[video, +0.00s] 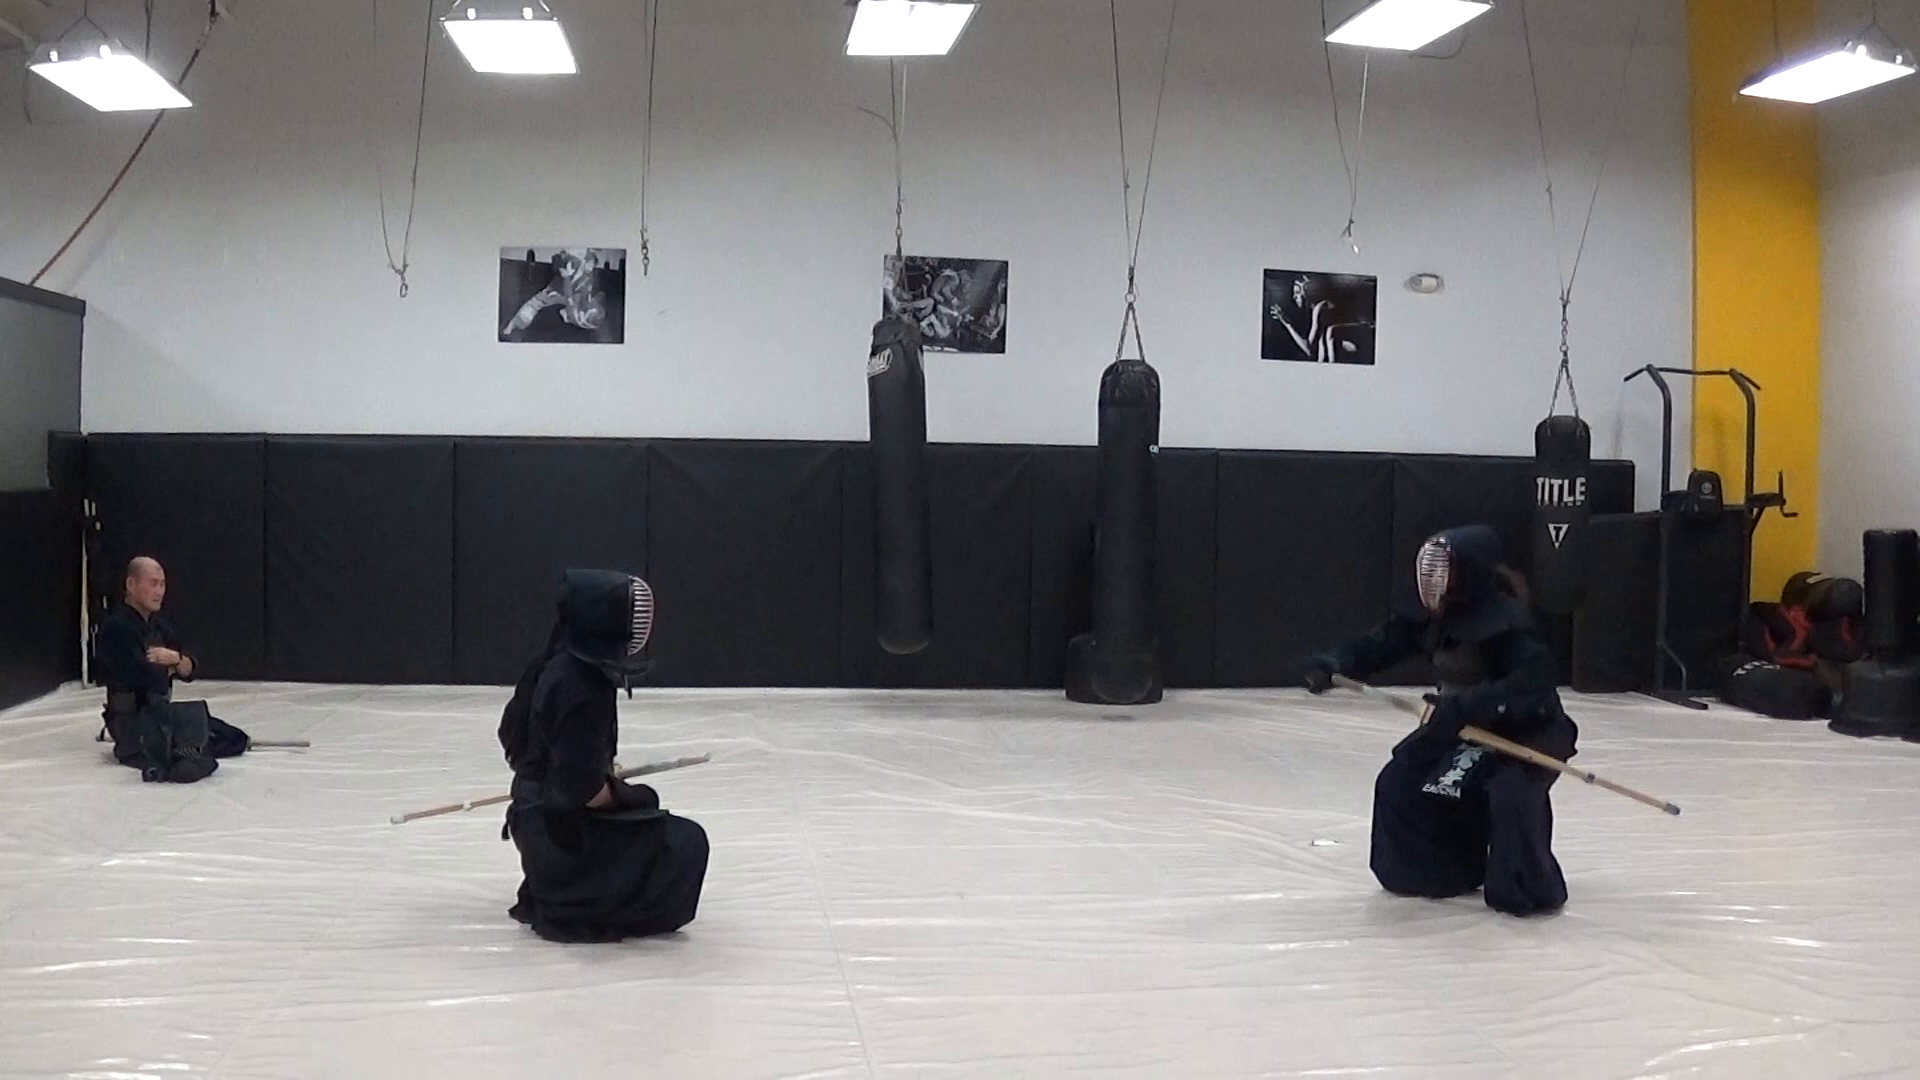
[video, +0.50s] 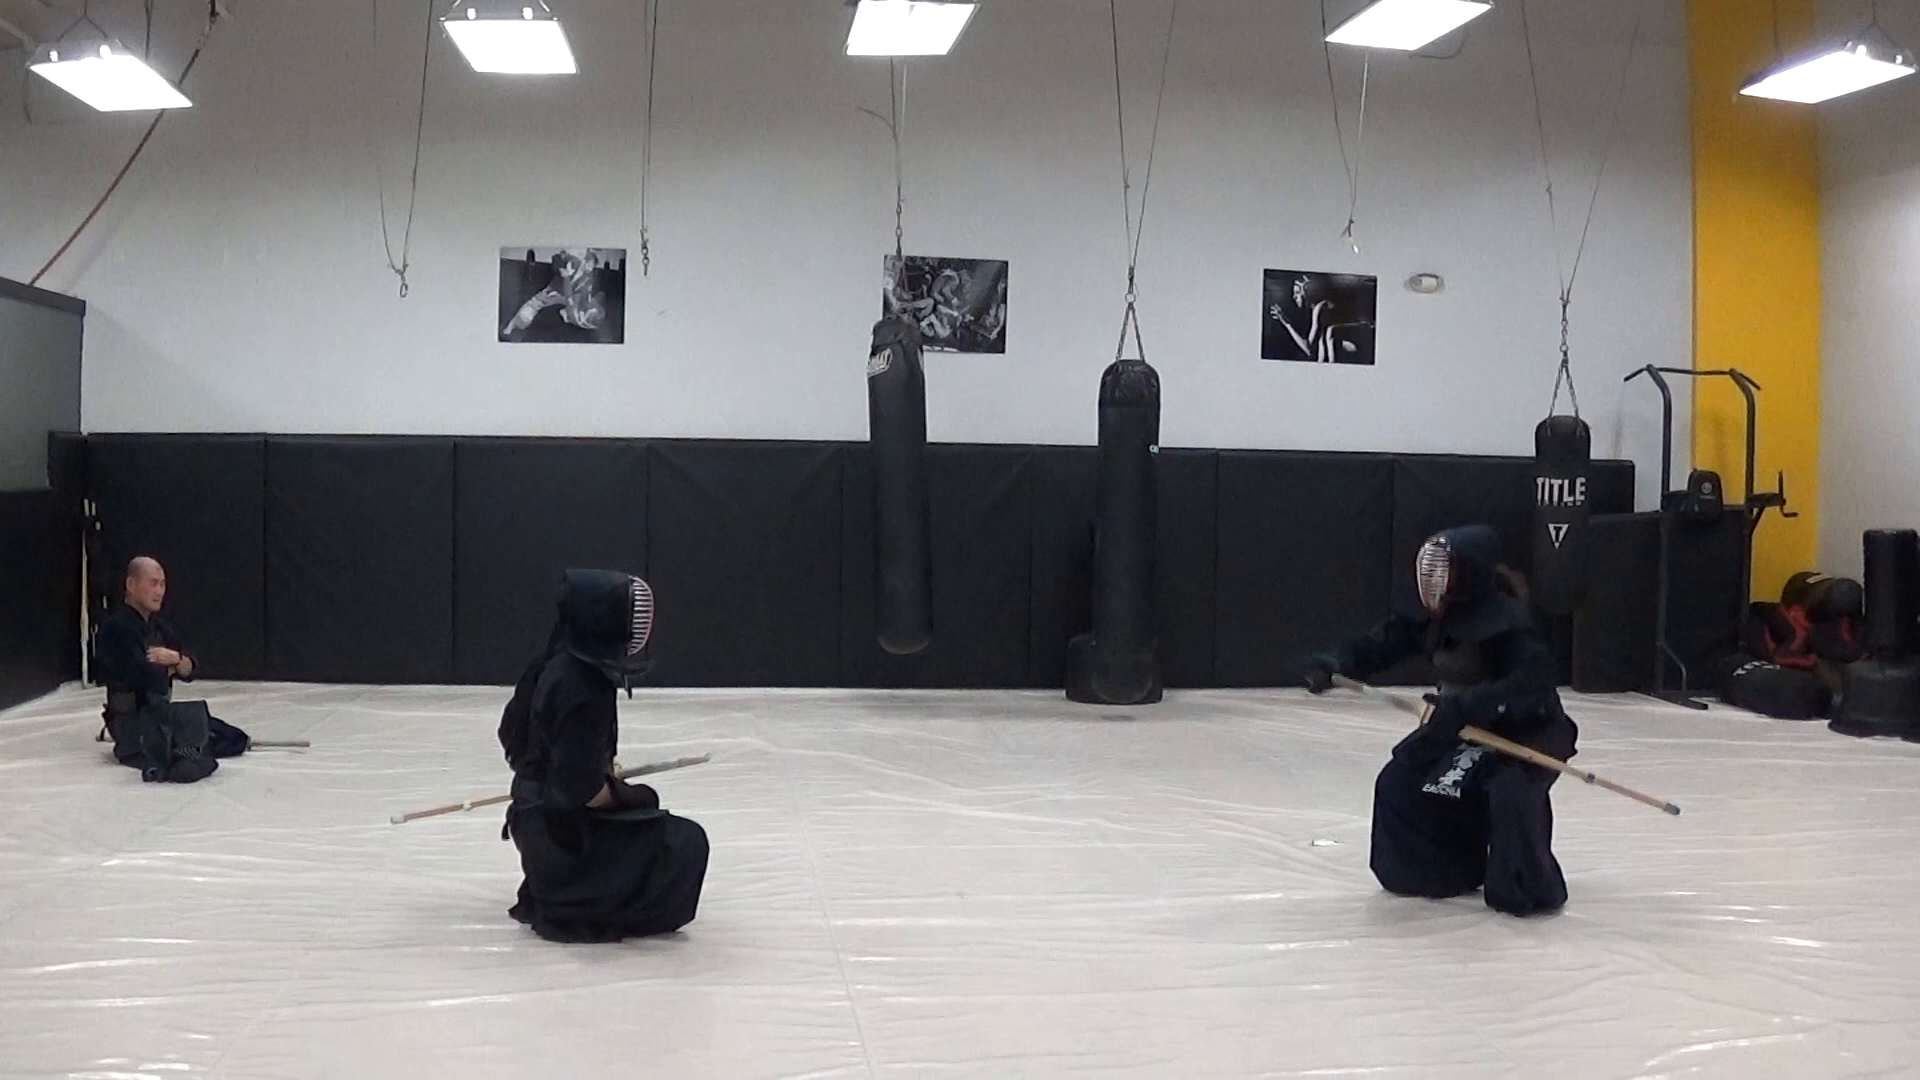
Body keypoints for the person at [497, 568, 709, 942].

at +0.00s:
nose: (639, 645)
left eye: (640, 634)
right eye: (634, 635)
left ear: (585, 623)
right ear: (610, 632)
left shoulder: (551, 665)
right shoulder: (585, 684)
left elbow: (512, 734)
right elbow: (579, 786)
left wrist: (549, 777)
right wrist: (629, 796)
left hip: (533, 824)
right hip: (561, 837)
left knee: (651, 814)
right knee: (687, 841)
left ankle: (550, 892)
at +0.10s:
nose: (639, 645)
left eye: (640, 634)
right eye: (634, 635)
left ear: (585, 623)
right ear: (610, 632)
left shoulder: (551, 665)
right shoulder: (585, 684)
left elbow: (512, 734)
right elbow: (579, 786)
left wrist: (549, 777)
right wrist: (629, 796)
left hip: (533, 824)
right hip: (561, 837)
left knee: (651, 814)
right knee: (687, 841)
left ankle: (550, 892)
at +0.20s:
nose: (639, 645)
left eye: (640, 634)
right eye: (634, 635)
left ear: (585, 623)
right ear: (610, 632)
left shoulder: (551, 665)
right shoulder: (585, 684)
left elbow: (512, 734)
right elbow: (579, 786)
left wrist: (549, 777)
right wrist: (629, 796)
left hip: (533, 824)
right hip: (561, 837)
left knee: (651, 814)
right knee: (687, 841)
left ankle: (550, 892)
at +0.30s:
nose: (639, 645)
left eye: (640, 634)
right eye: (634, 635)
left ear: (585, 623)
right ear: (610, 632)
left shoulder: (551, 665)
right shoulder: (585, 684)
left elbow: (512, 734)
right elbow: (579, 786)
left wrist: (549, 777)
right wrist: (629, 796)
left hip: (533, 824)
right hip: (561, 837)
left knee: (651, 814)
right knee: (687, 841)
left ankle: (550, 892)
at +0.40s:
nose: (639, 645)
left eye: (640, 634)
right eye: (634, 635)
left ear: (585, 623)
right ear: (610, 632)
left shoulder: (551, 665)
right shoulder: (585, 684)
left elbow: (512, 734)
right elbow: (579, 786)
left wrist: (549, 777)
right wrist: (629, 796)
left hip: (533, 824)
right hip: (561, 837)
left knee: (651, 814)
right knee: (687, 841)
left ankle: (550, 892)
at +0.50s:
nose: (639, 645)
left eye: (640, 634)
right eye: (634, 635)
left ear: (585, 623)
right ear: (610, 632)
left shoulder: (551, 665)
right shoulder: (585, 684)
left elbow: (512, 734)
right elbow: (579, 786)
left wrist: (549, 777)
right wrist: (629, 796)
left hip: (533, 824)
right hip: (561, 837)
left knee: (651, 814)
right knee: (687, 841)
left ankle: (550, 892)